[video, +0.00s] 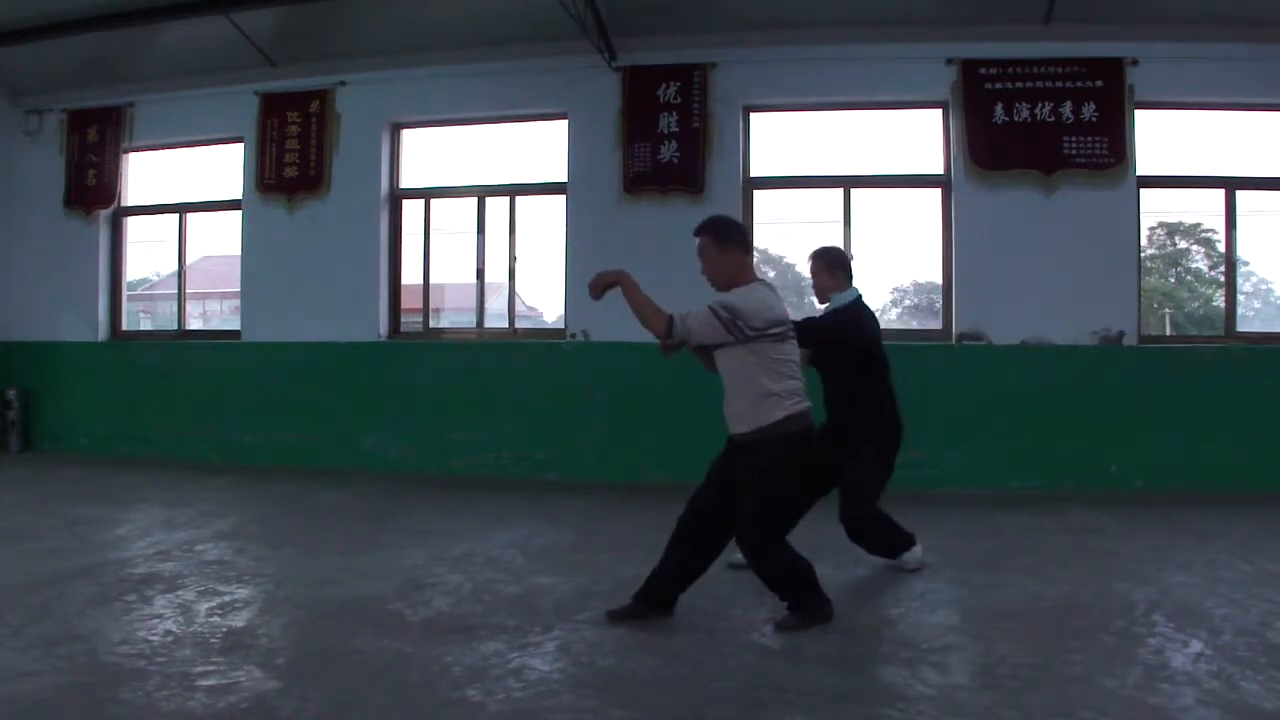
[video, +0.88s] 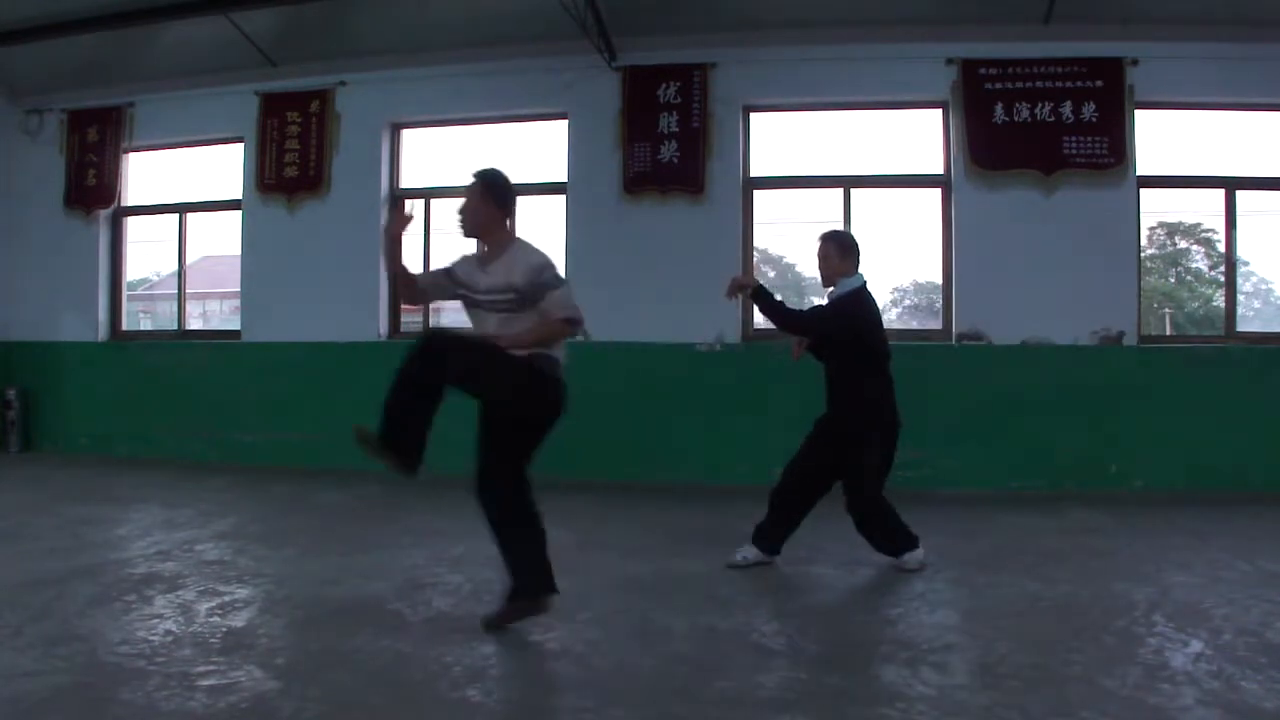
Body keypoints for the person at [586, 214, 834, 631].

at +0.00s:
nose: (702, 269)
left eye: (705, 258)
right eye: (701, 259)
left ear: (733, 253)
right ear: (734, 255)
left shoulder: (750, 303)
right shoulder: (753, 300)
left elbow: (667, 328)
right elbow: (727, 364)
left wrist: (623, 280)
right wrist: (686, 340)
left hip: (781, 440)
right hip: (750, 440)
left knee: (755, 533)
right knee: (701, 523)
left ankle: (811, 604)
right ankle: (654, 600)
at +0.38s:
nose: (651, 264)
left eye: (657, 253)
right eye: (651, 254)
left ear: (686, 254)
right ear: (689, 256)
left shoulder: (695, 308)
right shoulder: (722, 304)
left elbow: (612, 329)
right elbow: (733, 369)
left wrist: (568, 283)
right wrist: (689, 401)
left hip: (732, 445)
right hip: (708, 442)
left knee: (741, 541)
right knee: (650, 517)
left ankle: (809, 601)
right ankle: (593, 594)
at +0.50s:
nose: (604, 257)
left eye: (611, 248)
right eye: (606, 248)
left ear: (639, 252)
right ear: (641, 254)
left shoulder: (629, 304)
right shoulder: (675, 303)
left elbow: (559, 322)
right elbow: (715, 353)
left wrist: (512, 291)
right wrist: (675, 381)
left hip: (656, 440)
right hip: (688, 433)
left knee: (593, 515)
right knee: (723, 523)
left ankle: (563, 605)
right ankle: (803, 593)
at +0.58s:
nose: (567, 246)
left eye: (574, 238)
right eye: (568, 237)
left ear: (598, 244)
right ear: (605, 248)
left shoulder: (580, 295)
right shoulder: (629, 301)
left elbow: (513, 303)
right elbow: (664, 357)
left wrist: (450, 291)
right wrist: (613, 361)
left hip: (602, 436)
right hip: (643, 433)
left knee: (549, 509)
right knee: (654, 530)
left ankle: (549, 613)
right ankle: (748, 568)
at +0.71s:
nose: (527, 231)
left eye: (535, 223)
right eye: (530, 223)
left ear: (558, 229)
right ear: (561, 231)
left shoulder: (575, 280)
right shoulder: (573, 281)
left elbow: (518, 327)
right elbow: (526, 339)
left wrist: (454, 313)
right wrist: (469, 319)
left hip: (579, 414)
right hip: (574, 413)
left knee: (530, 510)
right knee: (538, 509)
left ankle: (545, 614)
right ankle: (593, 589)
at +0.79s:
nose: (490, 216)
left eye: (498, 208)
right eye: (492, 208)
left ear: (523, 213)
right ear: (513, 214)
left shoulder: (558, 268)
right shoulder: (500, 279)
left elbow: (567, 335)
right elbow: (477, 327)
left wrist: (502, 335)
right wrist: (454, 317)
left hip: (558, 388)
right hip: (520, 387)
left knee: (526, 490)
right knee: (446, 408)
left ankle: (545, 606)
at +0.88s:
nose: (461, 209)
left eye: (470, 201)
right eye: (463, 200)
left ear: (497, 210)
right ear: (484, 210)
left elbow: (567, 321)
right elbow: (410, 292)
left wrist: (509, 342)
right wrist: (393, 240)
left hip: (536, 383)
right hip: (498, 381)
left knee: (436, 348)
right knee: (498, 482)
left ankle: (402, 446)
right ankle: (531, 588)